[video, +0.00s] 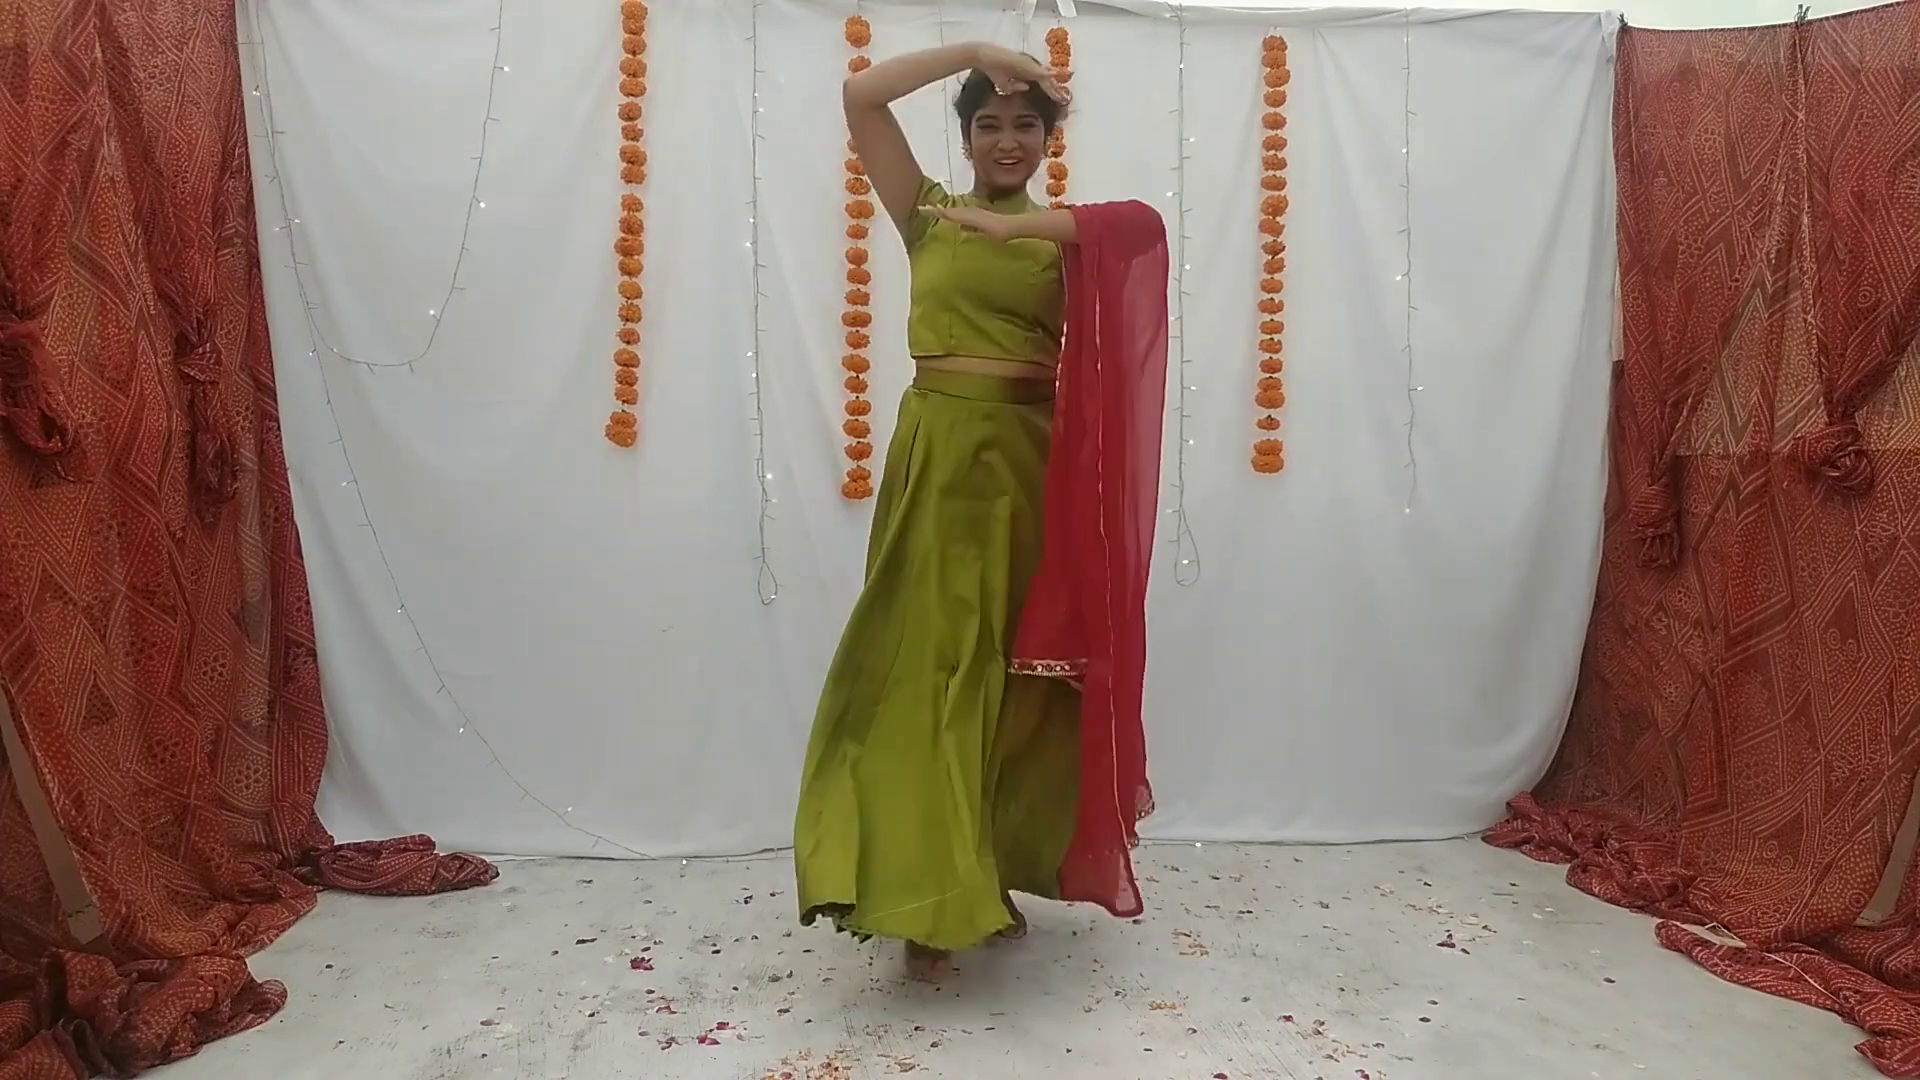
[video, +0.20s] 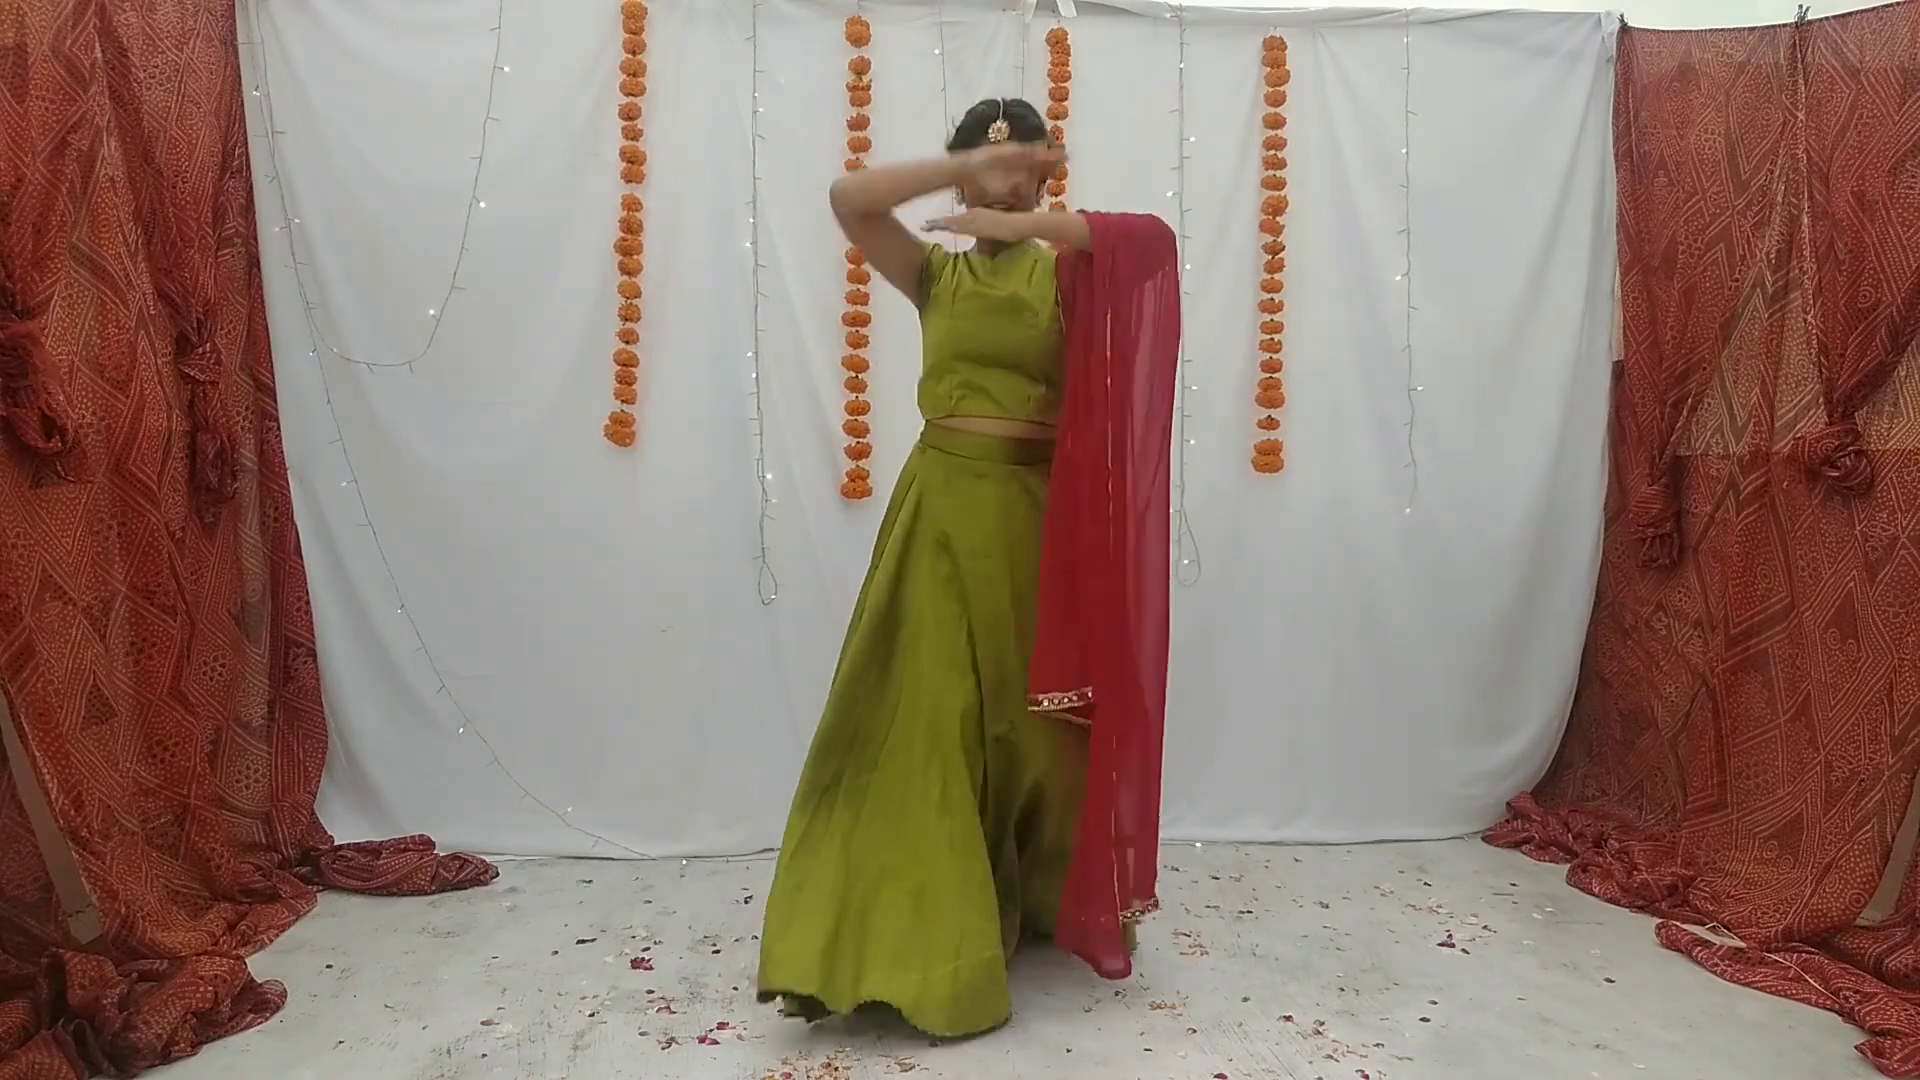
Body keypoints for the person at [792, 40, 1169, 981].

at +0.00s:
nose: (1009, 139)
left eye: (1026, 125)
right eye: (992, 124)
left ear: (1047, 142)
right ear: (966, 135)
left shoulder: (1062, 240)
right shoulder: (929, 216)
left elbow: (1144, 223)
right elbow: (863, 96)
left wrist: (1005, 224)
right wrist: (973, 50)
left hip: (1029, 451)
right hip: (937, 443)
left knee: (1010, 667)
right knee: (935, 662)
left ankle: (981, 871)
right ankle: (928, 900)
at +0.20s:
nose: (1019, 182)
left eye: (1029, 165)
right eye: (1002, 166)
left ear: (1051, 172)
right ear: (967, 174)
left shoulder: (1074, 265)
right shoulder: (937, 271)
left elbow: (1148, 241)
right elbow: (852, 198)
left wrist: (1012, 224)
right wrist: (957, 171)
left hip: (1040, 501)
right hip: (942, 492)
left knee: (1025, 716)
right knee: (928, 714)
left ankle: (1015, 905)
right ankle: (917, 946)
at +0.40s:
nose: (1019, 174)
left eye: (1037, 160)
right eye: (1001, 158)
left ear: (1059, 176)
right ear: (975, 171)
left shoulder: (1089, 264)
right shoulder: (948, 271)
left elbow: (1163, 158)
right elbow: (841, 256)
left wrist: (1054, 119)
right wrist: (956, 265)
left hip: (1060, 496)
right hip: (959, 491)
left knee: (1066, 715)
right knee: (950, 713)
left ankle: (1083, 932)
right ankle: (933, 938)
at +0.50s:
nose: (1032, 144)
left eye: (1050, 127)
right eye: (1014, 126)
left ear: (1074, 138)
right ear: (985, 133)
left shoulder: (1099, 225)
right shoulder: (951, 226)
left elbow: (1162, 94)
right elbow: (848, 219)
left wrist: (1045, 42)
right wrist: (971, 246)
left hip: (1070, 474)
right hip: (967, 470)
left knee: (1071, 697)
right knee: (965, 694)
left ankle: (1074, 933)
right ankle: (973, 930)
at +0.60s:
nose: (1034, 112)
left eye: (1053, 95)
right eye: (1017, 94)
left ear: (1077, 109)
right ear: (988, 105)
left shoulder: (1111, 199)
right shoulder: (956, 201)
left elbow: (1174, 72)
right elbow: (847, 162)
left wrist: (1101, 6)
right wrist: (965, 178)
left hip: (1085, 450)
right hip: (976, 447)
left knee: (1077, 683)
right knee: (975, 681)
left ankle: (1078, 929)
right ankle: (976, 927)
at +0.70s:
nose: (1030, 95)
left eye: (1047, 80)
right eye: (1011, 81)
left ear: (1077, 98)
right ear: (985, 101)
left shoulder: (1113, 194)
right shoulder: (954, 205)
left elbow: (1181, 98)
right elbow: (841, 151)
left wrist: (1149, 15)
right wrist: (961, 136)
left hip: (1087, 452)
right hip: (977, 446)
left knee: (1071, 696)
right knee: (971, 694)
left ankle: (1070, 937)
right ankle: (964, 942)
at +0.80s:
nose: (1020, 102)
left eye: (1036, 87)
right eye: (1000, 90)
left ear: (1063, 111)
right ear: (977, 118)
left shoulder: (1114, 209)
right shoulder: (951, 228)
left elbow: (1207, 124)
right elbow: (824, 226)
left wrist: (1115, 50)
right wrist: (931, 169)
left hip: (1089, 467)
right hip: (978, 466)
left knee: (1071, 712)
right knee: (970, 711)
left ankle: (1063, 956)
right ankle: (967, 959)